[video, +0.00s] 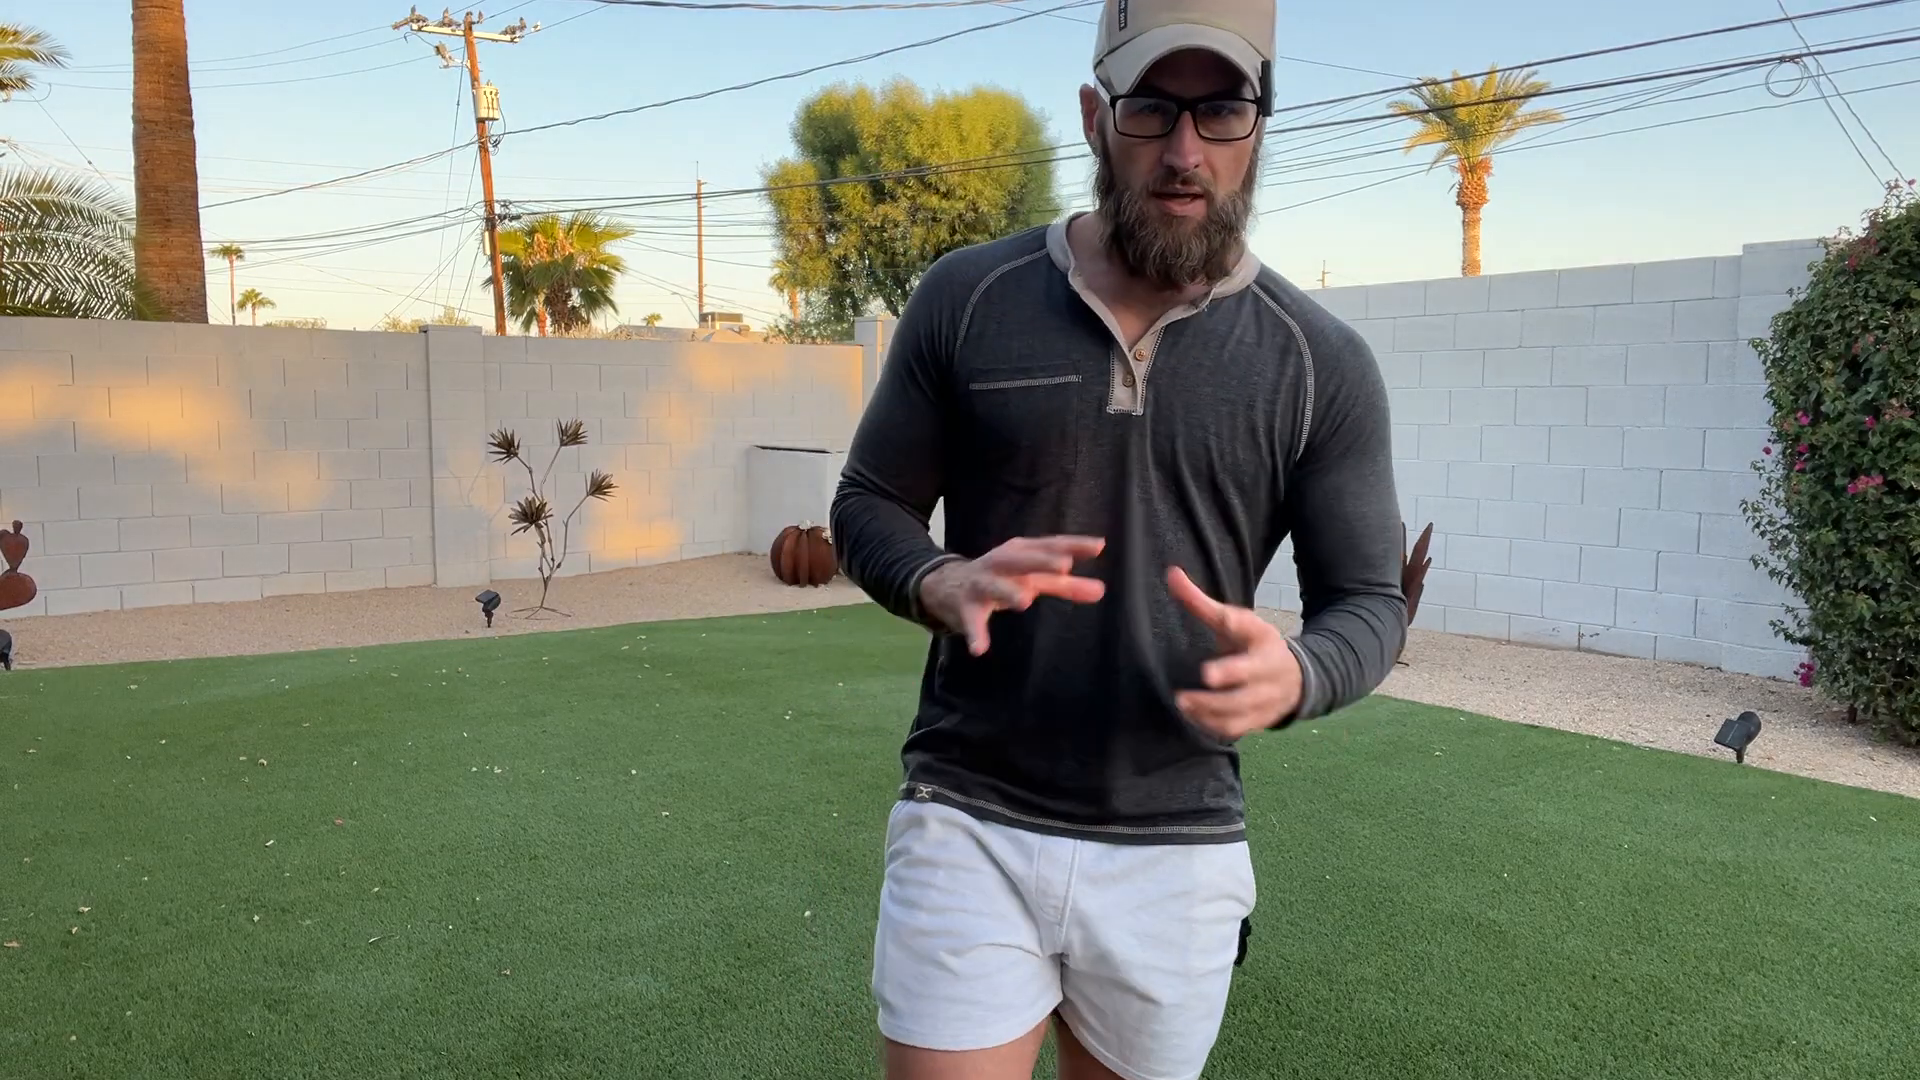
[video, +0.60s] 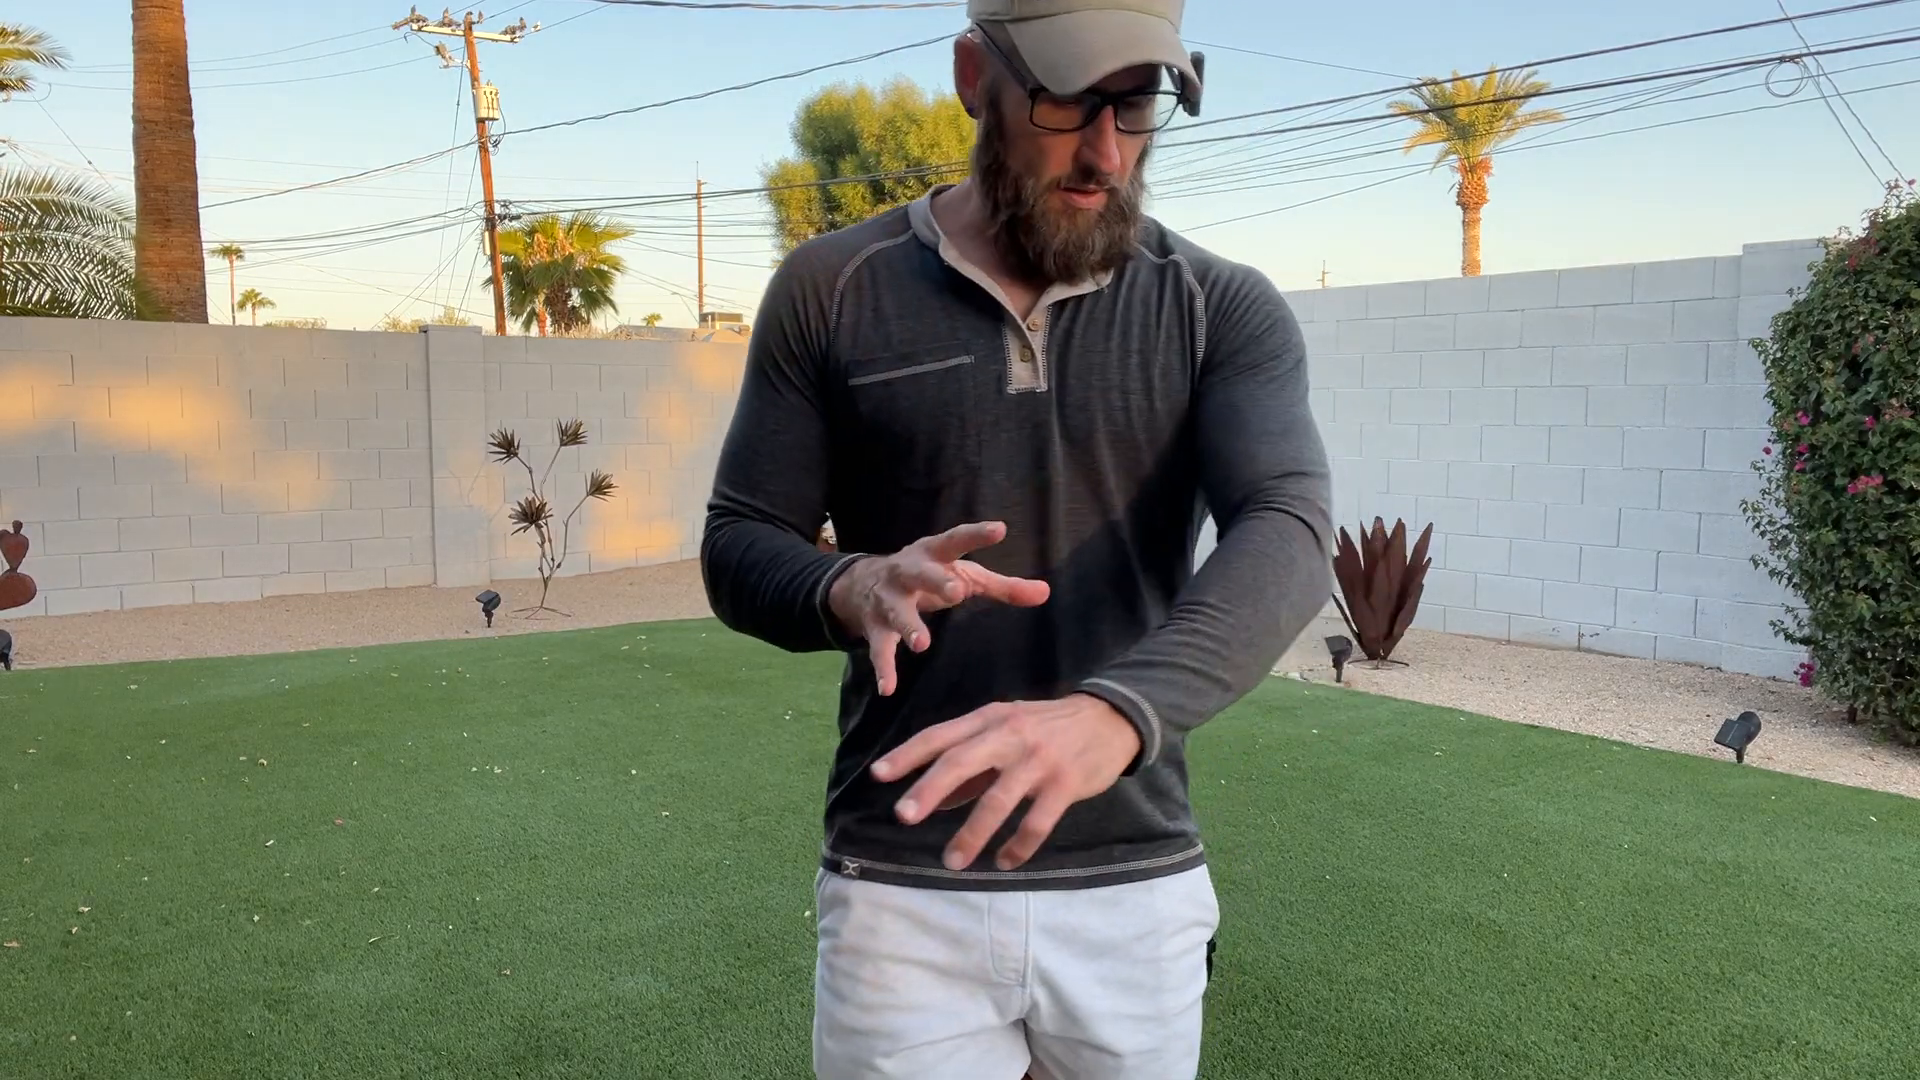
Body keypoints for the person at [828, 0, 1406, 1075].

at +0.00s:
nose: (1184, 152)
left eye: (1219, 119)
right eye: (1151, 113)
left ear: (1257, 136)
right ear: (1096, 120)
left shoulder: (1322, 363)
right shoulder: (964, 302)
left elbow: (1366, 602)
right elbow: (868, 506)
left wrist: (1303, 672)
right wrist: (939, 578)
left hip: (1177, 846)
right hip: (966, 823)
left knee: (1130, 1068)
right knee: (940, 1064)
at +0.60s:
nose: (1108, 153)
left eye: (1136, 108)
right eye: (1066, 106)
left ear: (1164, 101)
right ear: (975, 74)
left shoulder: (1223, 310)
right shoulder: (832, 290)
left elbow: (1287, 532)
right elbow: (741, 545)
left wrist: (1120, 709)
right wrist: (847, 589)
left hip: (1135, 897)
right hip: (902, 899)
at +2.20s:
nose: (1119, 20)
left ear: (1228, 12)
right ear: (996, 1)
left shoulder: (1348, 288)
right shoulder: (804, 248)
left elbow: (1375, 681)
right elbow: (716, 605)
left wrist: (1249, 1014)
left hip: (1211, 1034)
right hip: (893, 1037)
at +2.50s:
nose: (1246, 19)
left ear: (1367, 6)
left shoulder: (1469, 309)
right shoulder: (897, 200)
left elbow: (1426, 783)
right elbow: (784, 585)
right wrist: (1111, 696)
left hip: (1254, 1045)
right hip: (916, 1021)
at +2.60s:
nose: (1252, 11)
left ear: (1375, 6)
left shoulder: (1481, 317)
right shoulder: (902, 197)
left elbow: (1434, 798)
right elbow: (791, 582)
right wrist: (1136, 709)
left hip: (1259, 1041)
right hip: (923, 1020)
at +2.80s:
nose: (1216, 3)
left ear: (1333, 6)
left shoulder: (1453, 298)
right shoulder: (884, 204)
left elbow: (1437, 732)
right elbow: (755, 579)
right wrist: (1092, 643)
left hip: (1267, 1035)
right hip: (916, 1023)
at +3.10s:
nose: (1076, 1)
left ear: (1195, 5)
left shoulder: (1317, 263)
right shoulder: (802, 260)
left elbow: (1617, 582)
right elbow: (666, 583)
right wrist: (720, 609)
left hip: (1177, 1025)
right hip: (858, 1021)